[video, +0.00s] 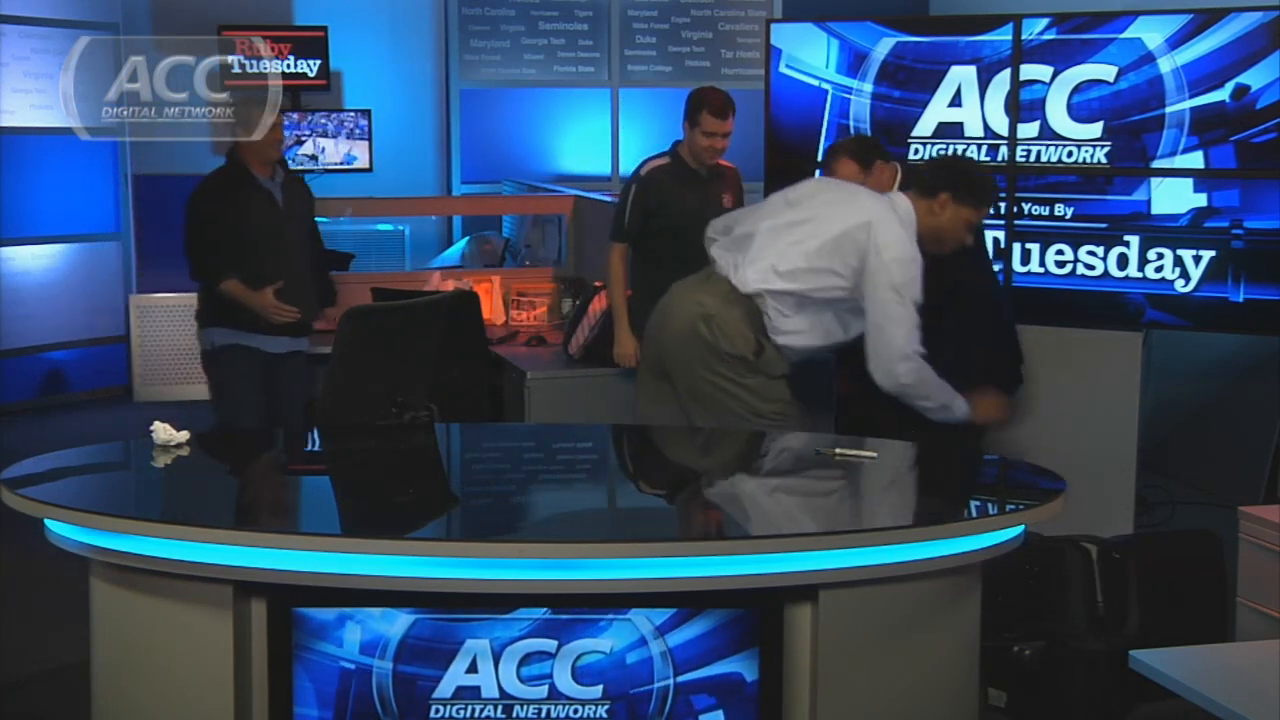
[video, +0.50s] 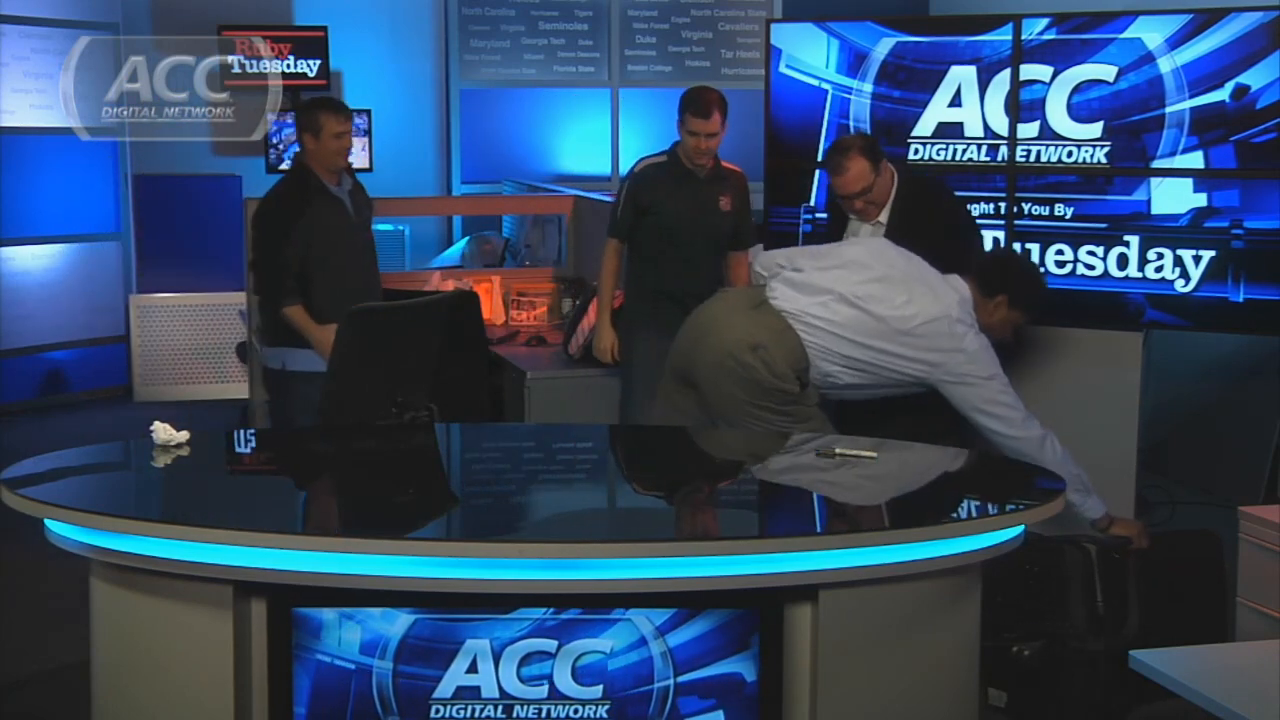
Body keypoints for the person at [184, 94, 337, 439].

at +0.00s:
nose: (281, 135)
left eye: (281, 126)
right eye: (271, 128)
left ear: (281, 130)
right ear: (245, 135)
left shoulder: (296, 188)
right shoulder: (212, 191)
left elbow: (311, 253)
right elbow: (207, 265)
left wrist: (325, 304)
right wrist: (251, 298)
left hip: (290, 340)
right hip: (234, 340)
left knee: (289, 439)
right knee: (244, 439)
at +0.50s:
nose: (349, 144)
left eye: (350, 135)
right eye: (339, 136)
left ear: (352, 135)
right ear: (308, 141)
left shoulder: (355, 193)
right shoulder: (280, 203)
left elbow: (360, 267)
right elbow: (277, 289)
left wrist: (369, 325)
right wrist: (317, 335)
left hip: (354, 352)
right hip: (300, 361)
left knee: (357, 459)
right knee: (306, 460)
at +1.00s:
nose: (442, 145)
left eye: (444, 135)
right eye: (432, 136)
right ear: (402, 140)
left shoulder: (445, 199)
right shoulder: (365, 203)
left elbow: (454, 272)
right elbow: (354, 282)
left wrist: (472, 330)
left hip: (444, 348)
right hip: (392, 350)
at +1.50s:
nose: (486, 152)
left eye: (488, 142)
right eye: (476, 143)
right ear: (446, 147)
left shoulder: (472, 199)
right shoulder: (433, 205)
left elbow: (485, 280)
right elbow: (443, 295)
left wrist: (520, 316)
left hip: (493, 364)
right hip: (459, 369)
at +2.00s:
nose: (502, 161)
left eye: (507, 151)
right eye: (491, 153)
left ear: (512, 147)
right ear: (462, 152)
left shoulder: (486, 204)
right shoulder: (451, 210)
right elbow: (443, 305)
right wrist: (500, 352)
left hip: (499, 384)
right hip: (471, 388)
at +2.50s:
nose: (491, 164)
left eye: (497, 153)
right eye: (480, 155)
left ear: (502, 149)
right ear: (452, 154)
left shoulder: (496, 198)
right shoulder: (435, 217)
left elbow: (506, 280)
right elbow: (422, 309)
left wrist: (528, 346)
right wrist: (467, 369)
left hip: (515, 379)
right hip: (463, 391)